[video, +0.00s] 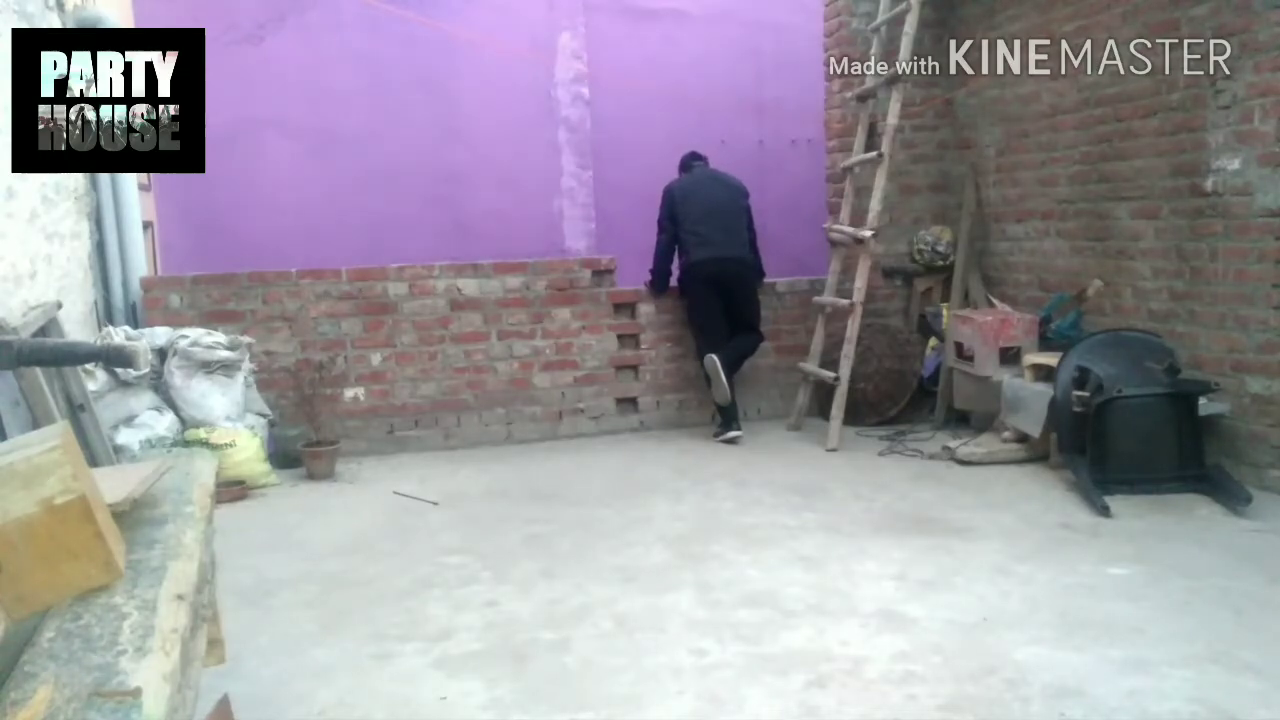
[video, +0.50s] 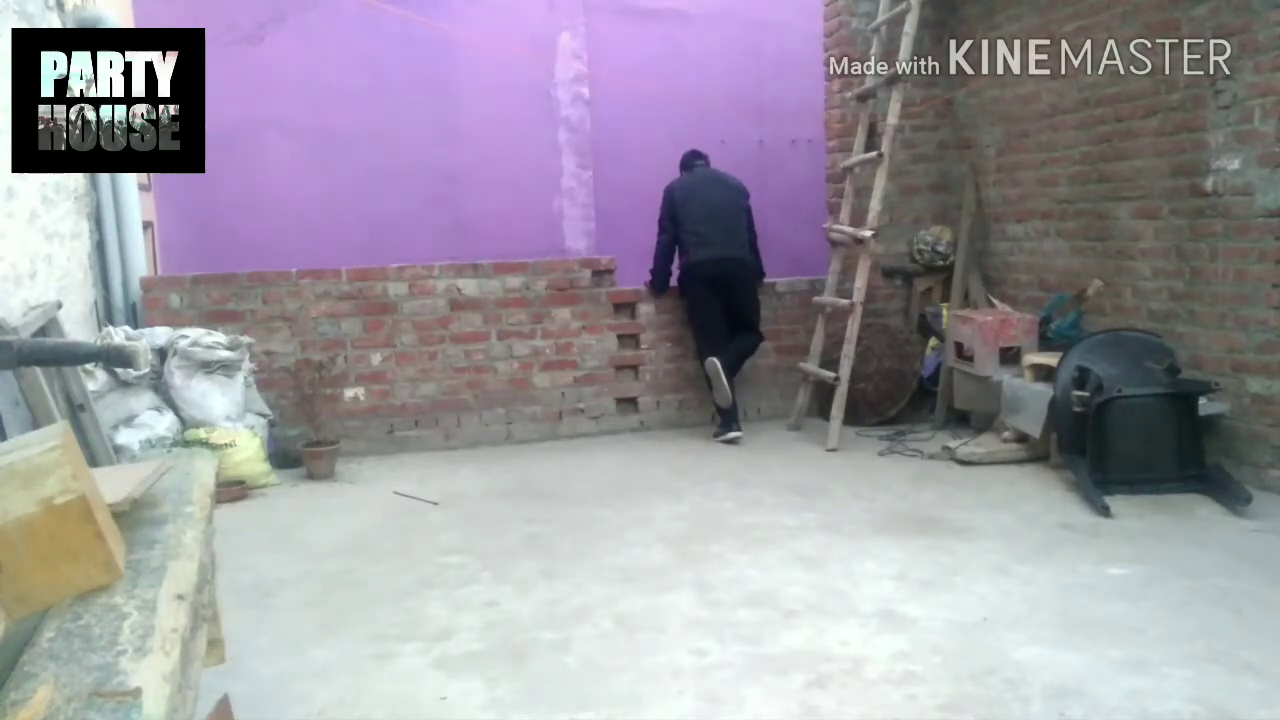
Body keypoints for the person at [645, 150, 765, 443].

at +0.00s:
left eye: (682, 172)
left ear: (682, 171)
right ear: (707, 166)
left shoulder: (674, 189)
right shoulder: (735, 185)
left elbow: (666, 239)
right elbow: (749, 232)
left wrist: (659, 282)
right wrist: (757, 270)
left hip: (698, 272)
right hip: (739, 268)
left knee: (711, 342)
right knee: (750, 332)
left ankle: (729, 422)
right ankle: (723, 362)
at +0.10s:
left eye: (682, 171)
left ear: (682, 170)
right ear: (708, 165)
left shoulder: (674, 189)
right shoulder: (735, 185)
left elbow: (666, 239)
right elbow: (749, 232)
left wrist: (659, 282)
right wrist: (757, 270)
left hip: (698, 272)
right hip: (740, 268)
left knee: (711, 342)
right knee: (750, 332)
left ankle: (729, 422)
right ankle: (724, 363)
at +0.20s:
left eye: (683, 170)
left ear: (682, 170)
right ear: (708, 165)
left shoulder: (675, 189)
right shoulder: (735, 185)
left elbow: (666, 239)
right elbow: (749, 232)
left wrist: (659, 282)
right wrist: (757, 270)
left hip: (698, 272)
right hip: (739, 268)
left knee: (711, 342)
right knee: (750, 332)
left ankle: (729, 422)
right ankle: (724, 363)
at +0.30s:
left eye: (684, 171)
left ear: (682, 170)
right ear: (708, 165)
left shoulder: (675, 189)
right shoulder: (735, 185)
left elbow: (666, 239)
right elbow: (749, 232)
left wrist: (659, 282)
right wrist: (757, 270)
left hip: (698, 272)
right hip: (739, 269)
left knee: (711, 343)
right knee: (749, 331)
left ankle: (729, 422)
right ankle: (725, 364)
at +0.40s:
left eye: (684, 170)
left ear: (683, 170)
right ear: (708, 165)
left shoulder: (675, 189)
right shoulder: (735, 185)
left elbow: (666, 239)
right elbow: (749, 232)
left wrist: (659, 282)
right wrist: (757, 270)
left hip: (698, 272)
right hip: (739, 269)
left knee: (711, 343)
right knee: (750, 331)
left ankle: (729, 423)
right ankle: (725, 364)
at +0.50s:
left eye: (686, 169)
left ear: (683, 170)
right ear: (708, 165)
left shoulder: (675, 189)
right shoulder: (735, 185)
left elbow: (666, 239)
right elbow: (749, 232)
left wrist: (659, 282)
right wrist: (757, 270)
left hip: (698, 272)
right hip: (739, 269)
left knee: (711, 344)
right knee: (749, 331)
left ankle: (729, 423)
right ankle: (725, 365)